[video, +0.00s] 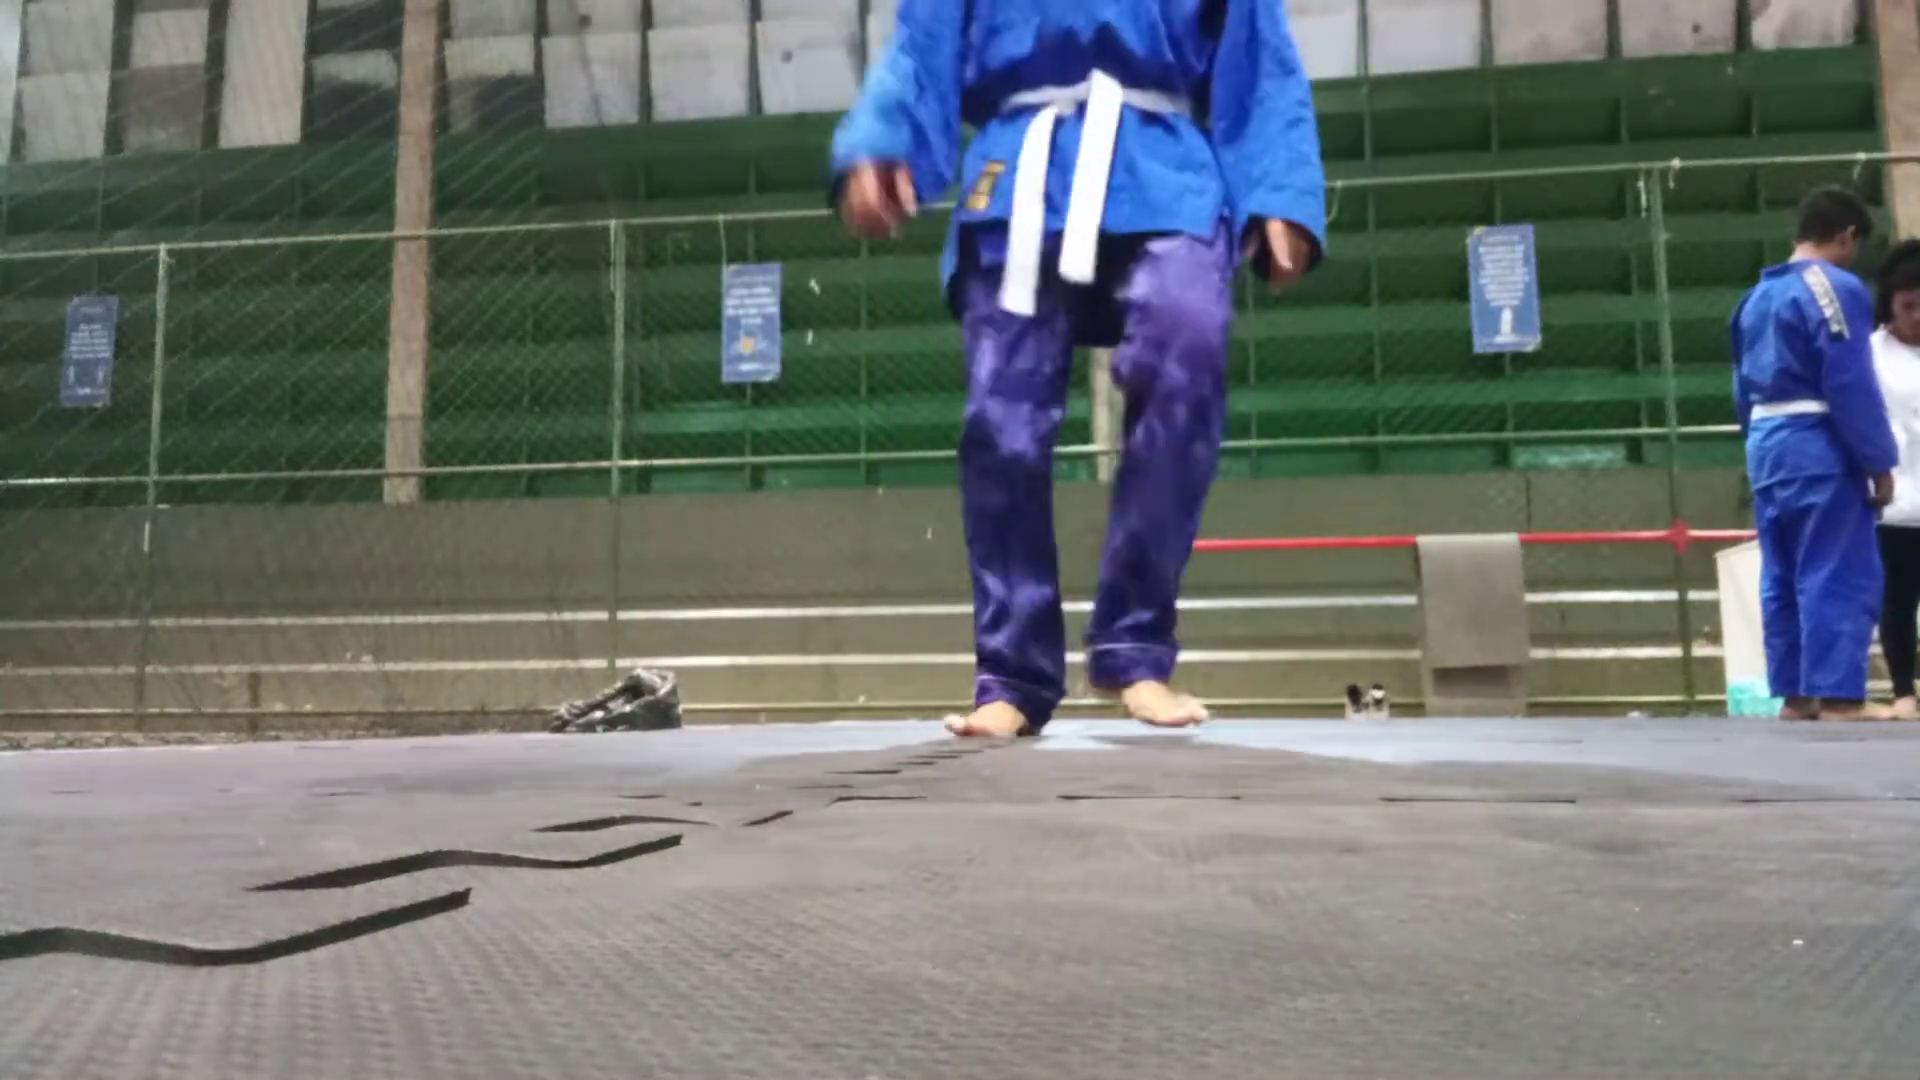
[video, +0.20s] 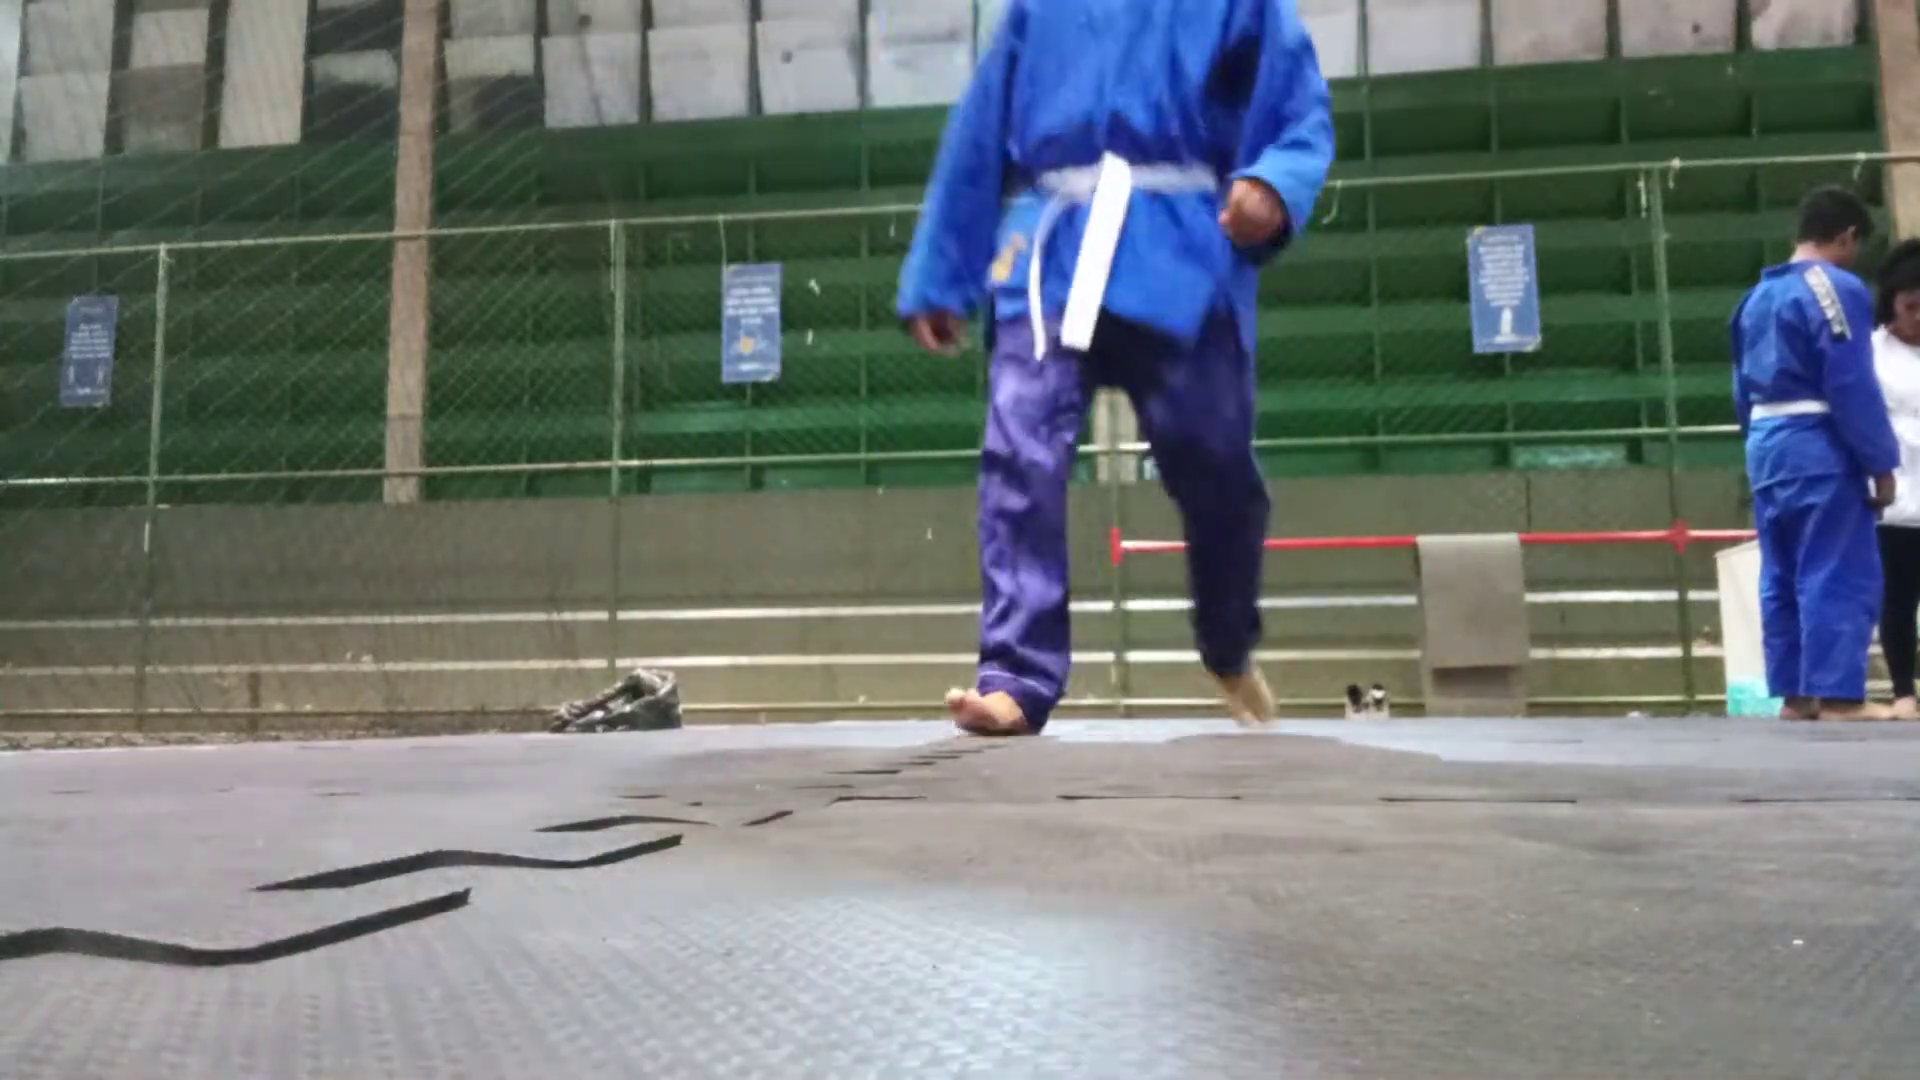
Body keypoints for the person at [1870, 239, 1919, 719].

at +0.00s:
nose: (1914, 315)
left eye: (1918, 305)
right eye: (1907, 305)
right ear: (1889, 305)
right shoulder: (1869, 351)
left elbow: (1860, 418)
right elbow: (1856, 416)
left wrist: (1871, 470)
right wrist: (1870, 473)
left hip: (1910, 498)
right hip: (1894, 498)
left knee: (1906, 605)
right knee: (1898, 605)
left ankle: (1907, 689)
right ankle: (1903, 690)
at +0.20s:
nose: (1915, 315)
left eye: (1918, 306)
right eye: (1909, 306)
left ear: (1919, 307)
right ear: (1891, 305)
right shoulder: (1872, 349)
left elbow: (1863, 412)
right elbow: (1858, 412)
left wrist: (1874, 463)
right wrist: (1874, 466)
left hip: (1911, 495)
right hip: (1895, 495)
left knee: (1906, 603)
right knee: (1898, 603)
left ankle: (1907, 688)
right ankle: (1903, 689)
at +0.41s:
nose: (1916, 315)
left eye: (1919, 306)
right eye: (1910, 306)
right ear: (1893, 305)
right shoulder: (1873, 349)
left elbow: (1861, 414)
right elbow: (1857, 413)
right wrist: (1873, 471)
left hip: (1913, 499)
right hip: (1895, 499)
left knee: (1907, 605)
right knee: (1898, 605)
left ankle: (1908, 689)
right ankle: (1904, 690)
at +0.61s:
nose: (1917, 315)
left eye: (1919, 305)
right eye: (1911, 305)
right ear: (1894, 305)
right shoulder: (1871, 348)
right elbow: (1848, 403)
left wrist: (1897, 402)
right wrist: (1890, 403)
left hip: (1914, 499)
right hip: (1894, 499)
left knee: (1908, 604)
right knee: (1898, 604)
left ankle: (1909, 690)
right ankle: (1904, 691)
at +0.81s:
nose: (1916, 316)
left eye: (1919, 307)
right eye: (1909, 307)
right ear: (1891, 306)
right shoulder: (1871, 348)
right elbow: (1851, 402)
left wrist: (1897, 403)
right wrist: (1898, 403)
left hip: (1914, 498)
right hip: (1894, 499)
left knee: (1907, 604)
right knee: (1899, 604)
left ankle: (1908, 689)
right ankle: (1904, 690)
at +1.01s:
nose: (1916, 316)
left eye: (1919, 306)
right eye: (1909, 306)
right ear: (1890, 305)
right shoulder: (1872, 347)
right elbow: (1852, 398)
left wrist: (1909, 395)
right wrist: (1890, 395)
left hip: (1914, 494)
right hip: (1894, 495)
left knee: (1907, 602)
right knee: (1899, 602)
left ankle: (1908, 689)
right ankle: (1904, 690)